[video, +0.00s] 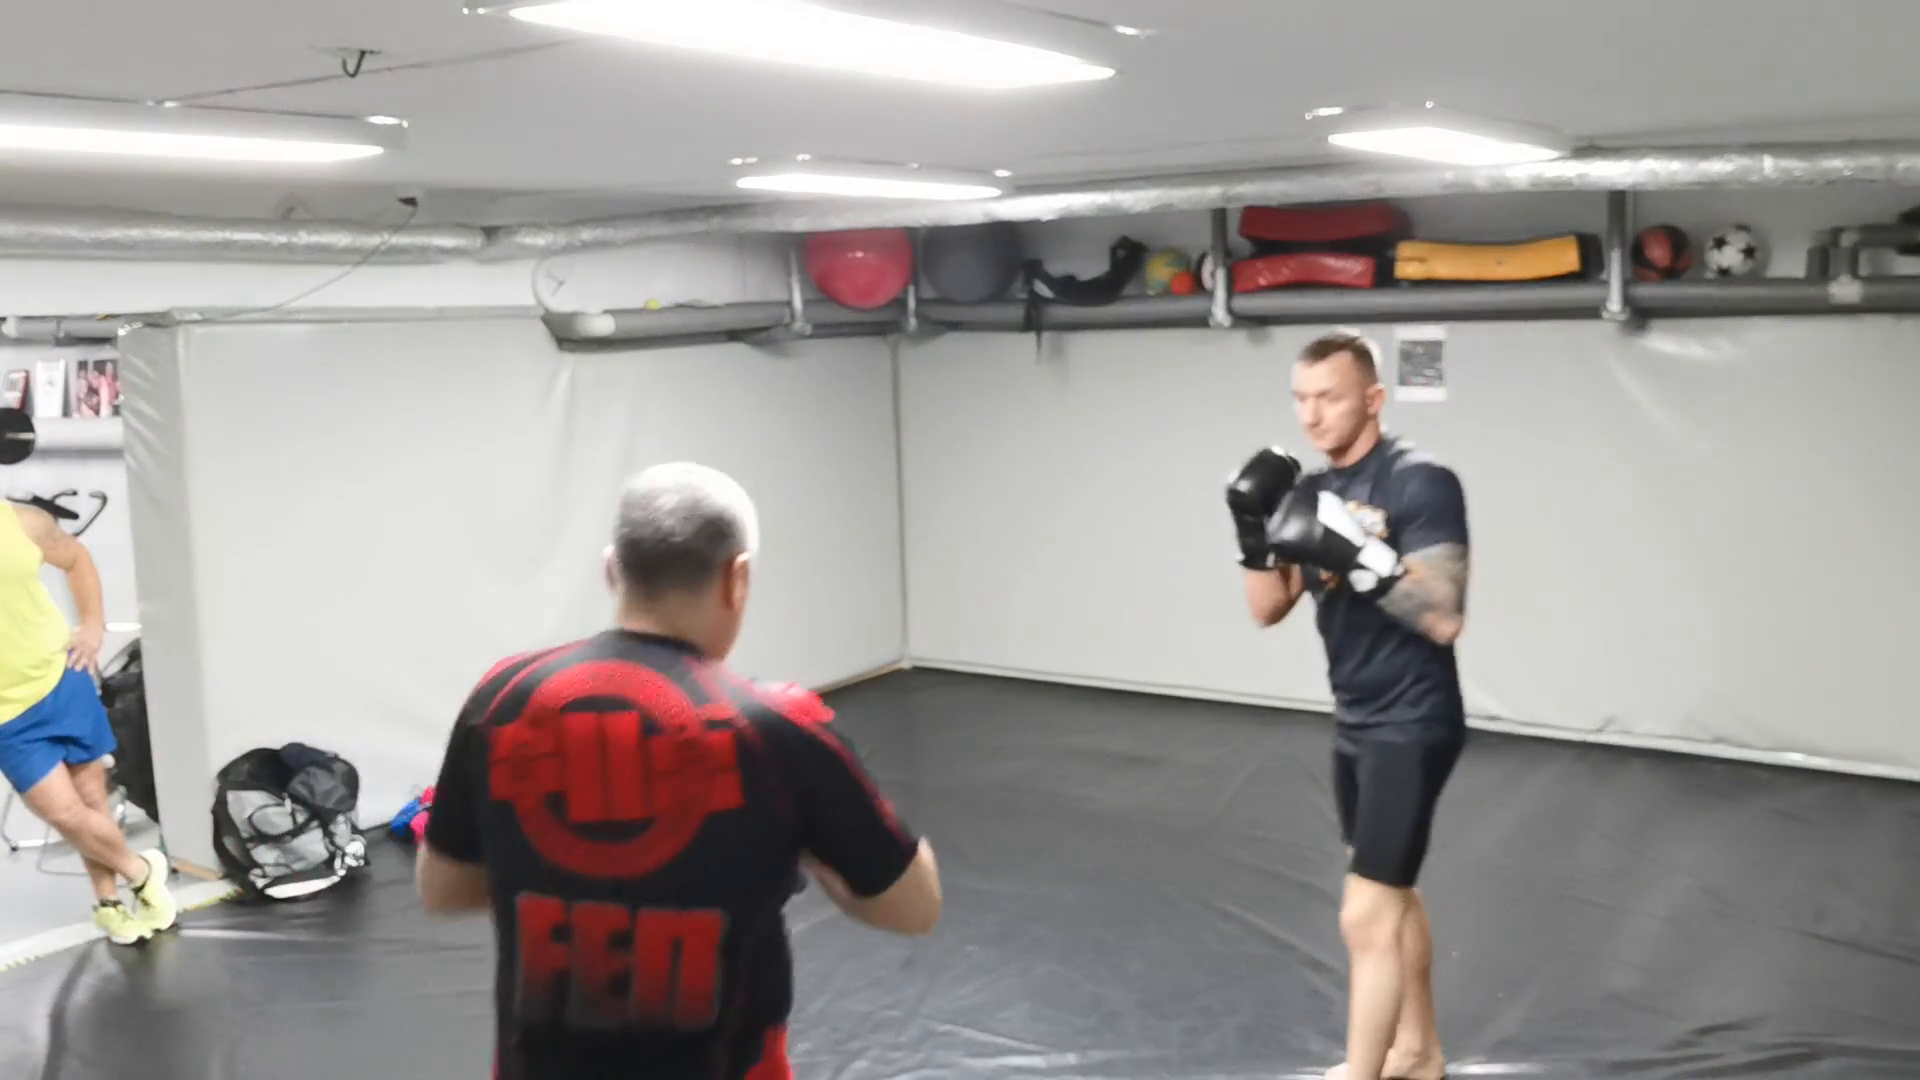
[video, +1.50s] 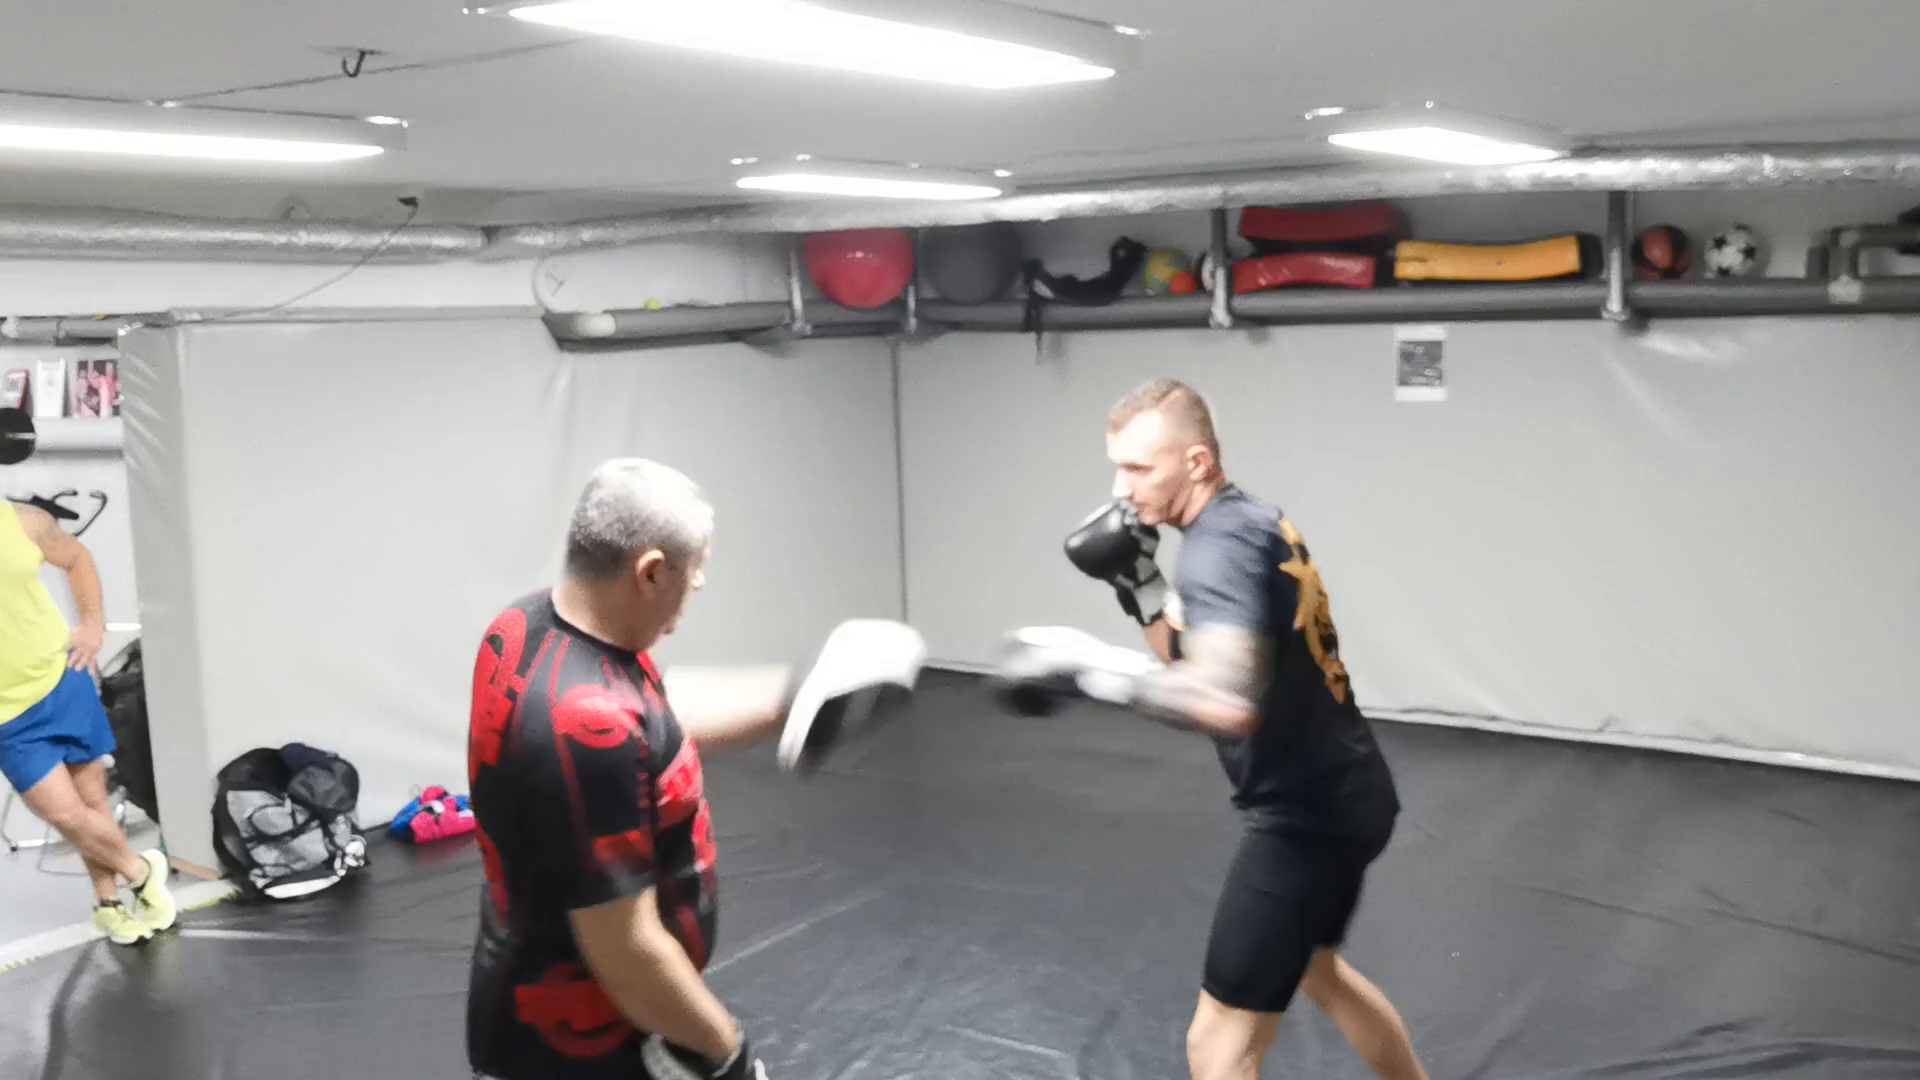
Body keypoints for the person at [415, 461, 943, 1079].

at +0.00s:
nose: (750, 597)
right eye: (750, 576)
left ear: (610, 570)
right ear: (737, 580)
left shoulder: (504, 699)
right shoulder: (777, 729)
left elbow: (442, 888)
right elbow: (914, 906)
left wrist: (570, 859)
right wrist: (799, 830)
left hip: (540, 1058)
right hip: (724, 1059)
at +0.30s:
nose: (781, 575)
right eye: (784, 555)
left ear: (659, 541)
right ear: (764, 553)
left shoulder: (554, 661)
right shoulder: (788, 686)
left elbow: (476, 832)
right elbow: (914, 873)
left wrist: (606, 834)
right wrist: (832, 815)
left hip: (594, 1034)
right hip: (741, 1039)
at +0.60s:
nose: (795, 586)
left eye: (802, 566)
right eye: (799, 565)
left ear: (693, 536)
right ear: (769, 556)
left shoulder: (609, 636)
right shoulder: (730, 676)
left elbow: (628, 826)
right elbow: (760, 893)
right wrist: (847, 999)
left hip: (582, 975)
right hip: (674, 1007)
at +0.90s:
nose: (754, 576)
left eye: (761, 557)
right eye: (758, 555)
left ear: (656, 527)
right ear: (724, 546)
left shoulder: (588, 608)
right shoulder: (686, 672)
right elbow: (711, 892)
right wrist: (790, 1022)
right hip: (672, 995)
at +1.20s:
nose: (721, 587)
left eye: (726, 568)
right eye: (722, 565)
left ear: (614, 544)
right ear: (685, 560)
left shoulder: (533, 634)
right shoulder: (669, 695)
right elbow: (714, 914)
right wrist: (779, 1035)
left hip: (554, 975)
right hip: (658, 1019)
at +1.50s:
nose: (696, 591)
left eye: (698, 574)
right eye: (694, 573)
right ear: (649, 571)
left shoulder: (528, 629)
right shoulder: (588, 728)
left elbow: (655, 723)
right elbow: (625, 947)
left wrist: (799, 697)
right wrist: (730, 1052)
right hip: (595, 1047)